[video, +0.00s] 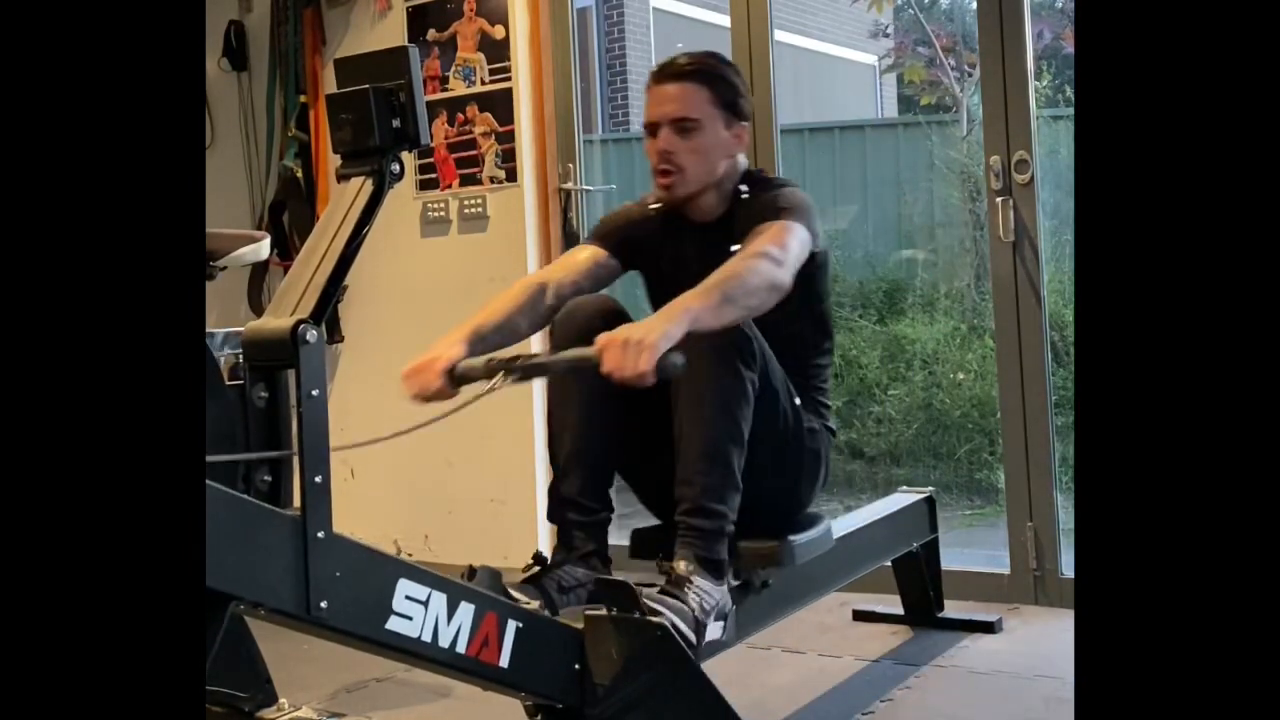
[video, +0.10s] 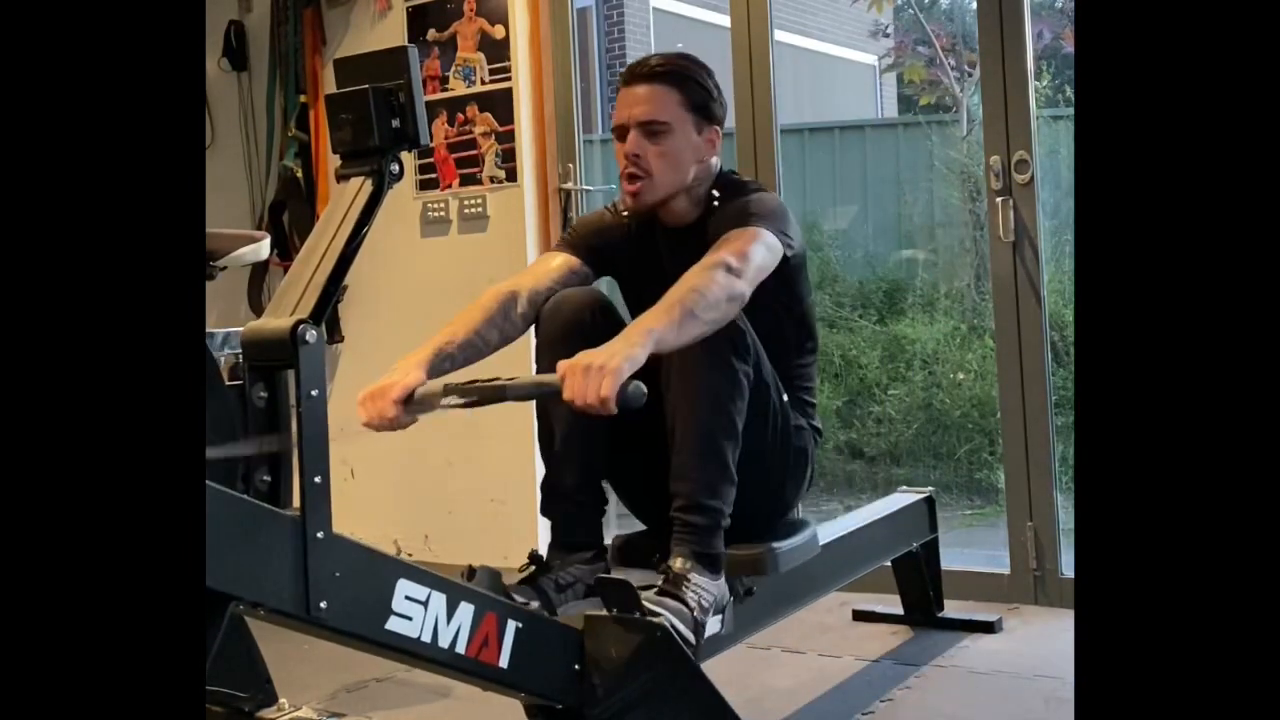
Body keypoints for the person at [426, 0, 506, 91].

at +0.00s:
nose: (471, 7)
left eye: (473, 4)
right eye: (468, 4)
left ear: (476, 7)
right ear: (463, 8)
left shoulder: (480, 22)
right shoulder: (457, 25)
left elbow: (494, 34)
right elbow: (444, 36)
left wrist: (498, 32)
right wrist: (435, 36)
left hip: (474, 60)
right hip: (460, 59)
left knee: (474, 89)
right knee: (459, 89)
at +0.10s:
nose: (471, 7)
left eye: (473, 4)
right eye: (468, 4)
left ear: (476, 7)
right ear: (463, 8)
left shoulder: (480, 22)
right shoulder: (457, 25)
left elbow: (494, 34)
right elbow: (444, 36)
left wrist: (499, 32)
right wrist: (435, 36)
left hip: (474, 60)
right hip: (460, 59)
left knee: (473, 88)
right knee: (458, 89)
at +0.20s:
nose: (471, 7)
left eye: (473, 4)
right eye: (468, 4)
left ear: (476, 7)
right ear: (463, 8)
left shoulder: (480, 22)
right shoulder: (457, 25)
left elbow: (494, 34)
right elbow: (444, 36)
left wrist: (499, 32)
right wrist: (435, 36)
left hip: (474, 60)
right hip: (460, 59)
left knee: (473, 89)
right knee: (458, 89)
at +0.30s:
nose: (471, 7)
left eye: (473, 4)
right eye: (468, 4)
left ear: (476, 7)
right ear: (463, 8)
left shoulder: (480, 22)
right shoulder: (457, 25)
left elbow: (494, 34)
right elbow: (444, 36)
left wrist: (498, 32)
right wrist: (435, 36)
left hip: (474, 60)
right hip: (460, 59)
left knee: (473, 89)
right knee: (458, 89)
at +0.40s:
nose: (471, 7)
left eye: (473, 5)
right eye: (468, 4)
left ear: (476, 7)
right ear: (463, 8)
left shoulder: (480, 22)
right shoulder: (457, 25)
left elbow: (494, 34)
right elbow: (444, 36)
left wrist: (498, 32)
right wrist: (435, 36)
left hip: (474, 60)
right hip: (460, 59)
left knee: (474, 89)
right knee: (458, 89)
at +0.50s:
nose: (471, 7)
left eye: (473, 5)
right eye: (468, 5)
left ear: (476, 8)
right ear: (463, 8)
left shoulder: (480, 22)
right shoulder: (457, 25)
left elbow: (494, 34)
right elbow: (444, 36)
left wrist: (498, 32)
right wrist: (435, 36)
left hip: (474, 60)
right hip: (460, 59)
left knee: (474, 89)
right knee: (458, 89)